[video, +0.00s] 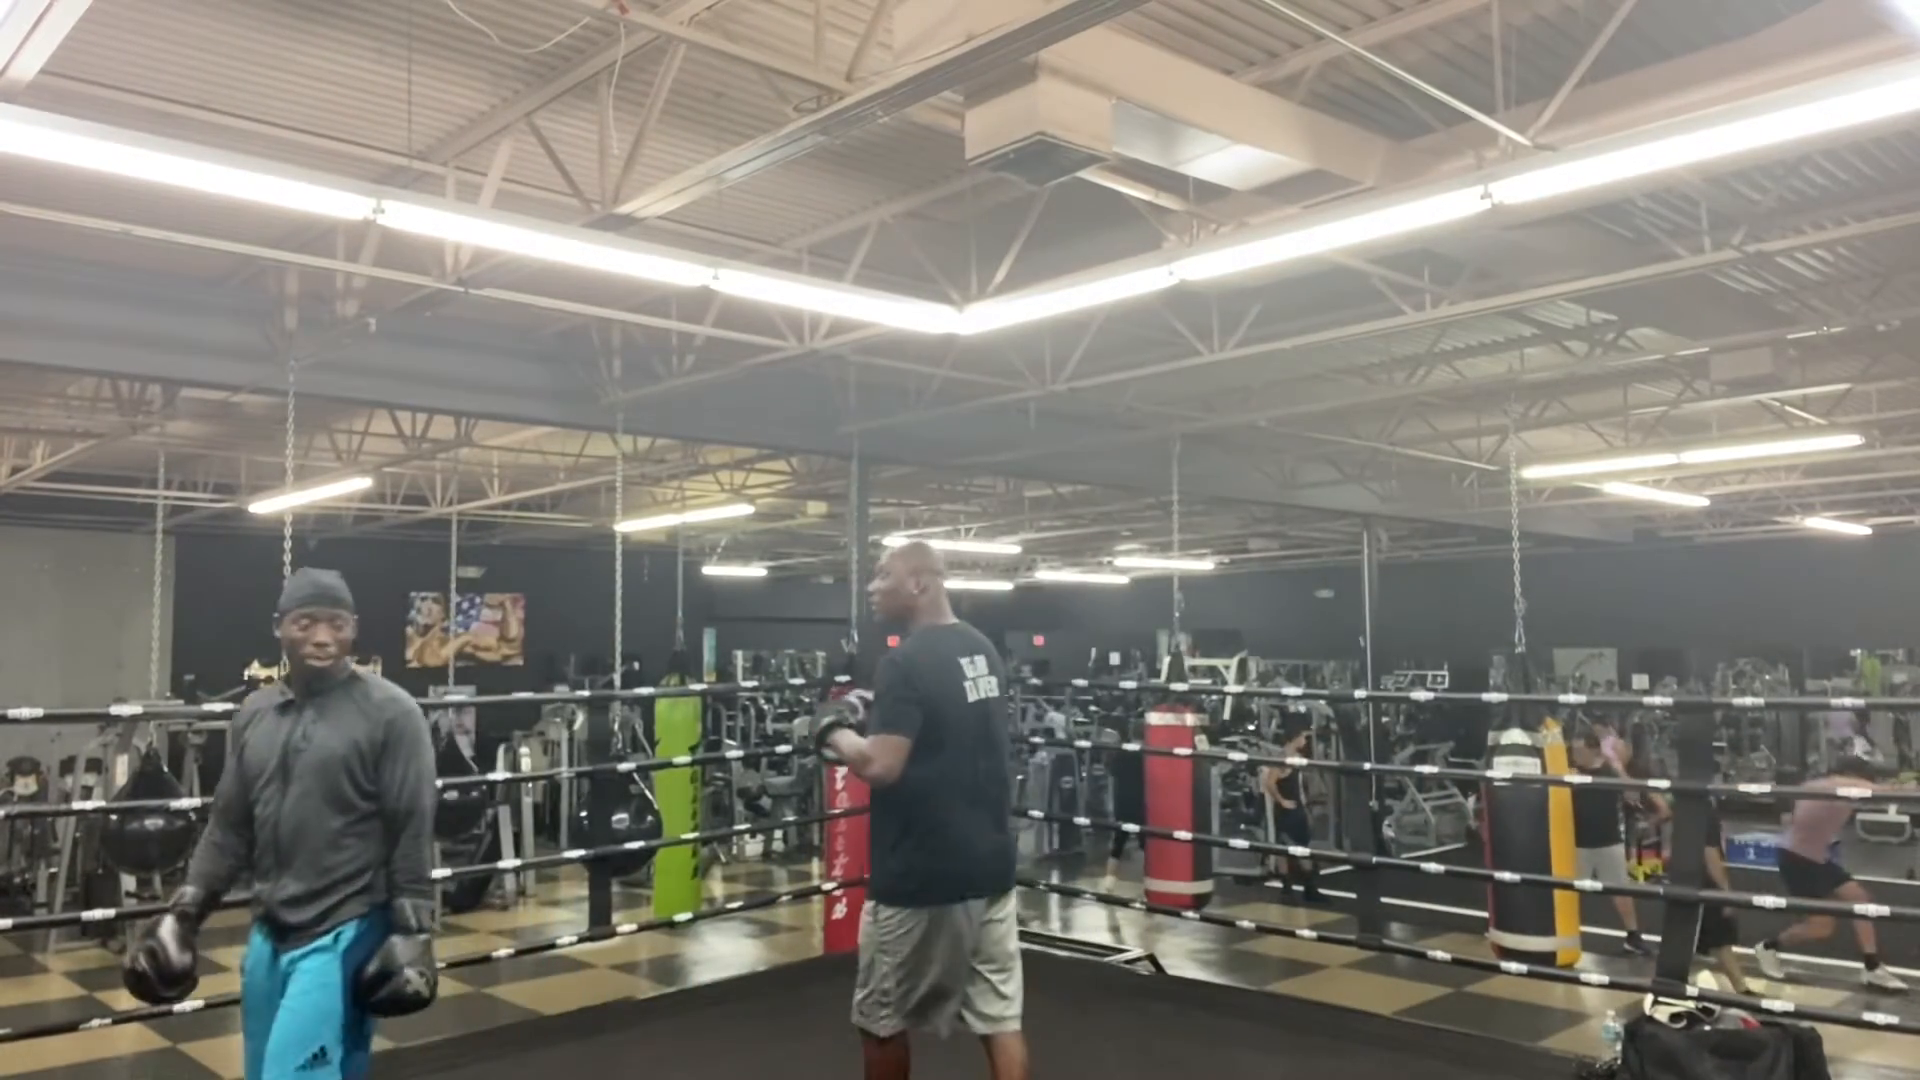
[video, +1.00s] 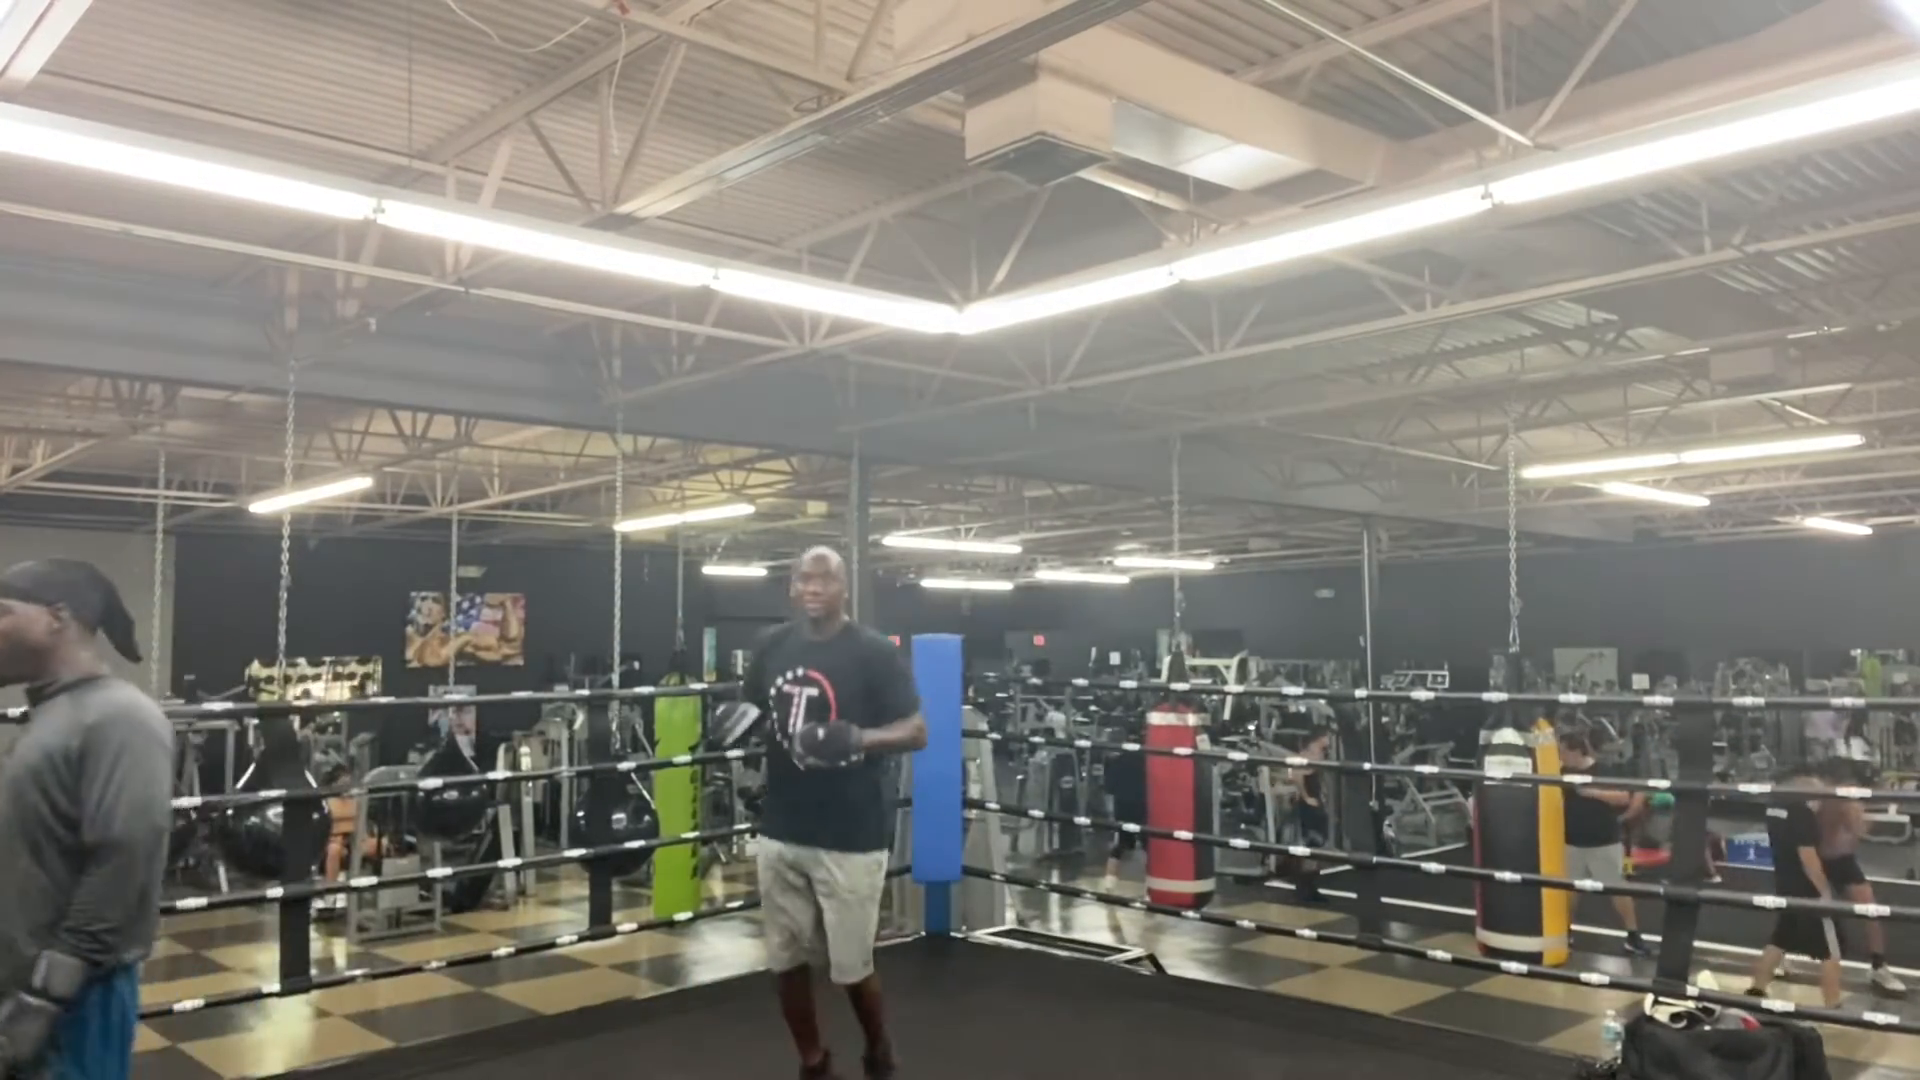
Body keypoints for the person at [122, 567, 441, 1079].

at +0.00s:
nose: (321, 636)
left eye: (335, 623)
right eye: (305, 622)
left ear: (352, 630)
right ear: (280, 630)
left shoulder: (391, 712)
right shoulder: (255, 714)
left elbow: (413, 830)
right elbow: (227, 827)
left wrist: (413, 933)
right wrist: (182, 915)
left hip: (346, 928)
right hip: (270, 929)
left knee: (291, 1068)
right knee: (262, 1068)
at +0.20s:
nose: (228, 638)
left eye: (248, 623)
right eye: (225, 622)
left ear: (297, 629)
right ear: (220, 627)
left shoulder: (347, 727)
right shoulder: (216, 712)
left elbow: (365, 854)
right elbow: (186, 827)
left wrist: (364, 968)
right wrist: (140, 922)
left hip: (283, 950)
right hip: (210, 950)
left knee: (230, 1068)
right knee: (210, 1068)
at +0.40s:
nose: (173, 634)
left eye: (192, 618)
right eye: (177, 618)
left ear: (247, 624)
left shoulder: (307, 728)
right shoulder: (189, 713)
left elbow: (315, 865)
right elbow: (162, 839)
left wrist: (301, 984)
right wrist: (116, 940)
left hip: (232, 967)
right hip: (154, 958)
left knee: (216, 1069)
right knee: (117, 1067)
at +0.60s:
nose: (126, 633)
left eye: (144, 614)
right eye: (128, 616)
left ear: (202, 618)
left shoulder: (270, 727)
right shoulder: (160, 718)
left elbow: (271, 871)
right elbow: (147, 847)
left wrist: (227, 991)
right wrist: (111, 953)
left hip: (204, 979)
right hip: (114, 971)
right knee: (62, 1073)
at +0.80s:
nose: (46, 636)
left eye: (65, 618)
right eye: (52, 619)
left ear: (125, 624)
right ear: (121, 626)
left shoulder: (197, 736)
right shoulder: (107, 728)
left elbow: (191, 892)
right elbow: (86, 867)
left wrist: (123, 1005)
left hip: (144, 1002)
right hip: (56, 997)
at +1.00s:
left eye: (7, 610)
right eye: (1, 611)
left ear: (57, 618)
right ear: (56, 620)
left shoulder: (122, 718)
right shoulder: (51, 717)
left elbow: (121, 877)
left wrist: (43, 995)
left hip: (75, 996)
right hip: (24, 987)